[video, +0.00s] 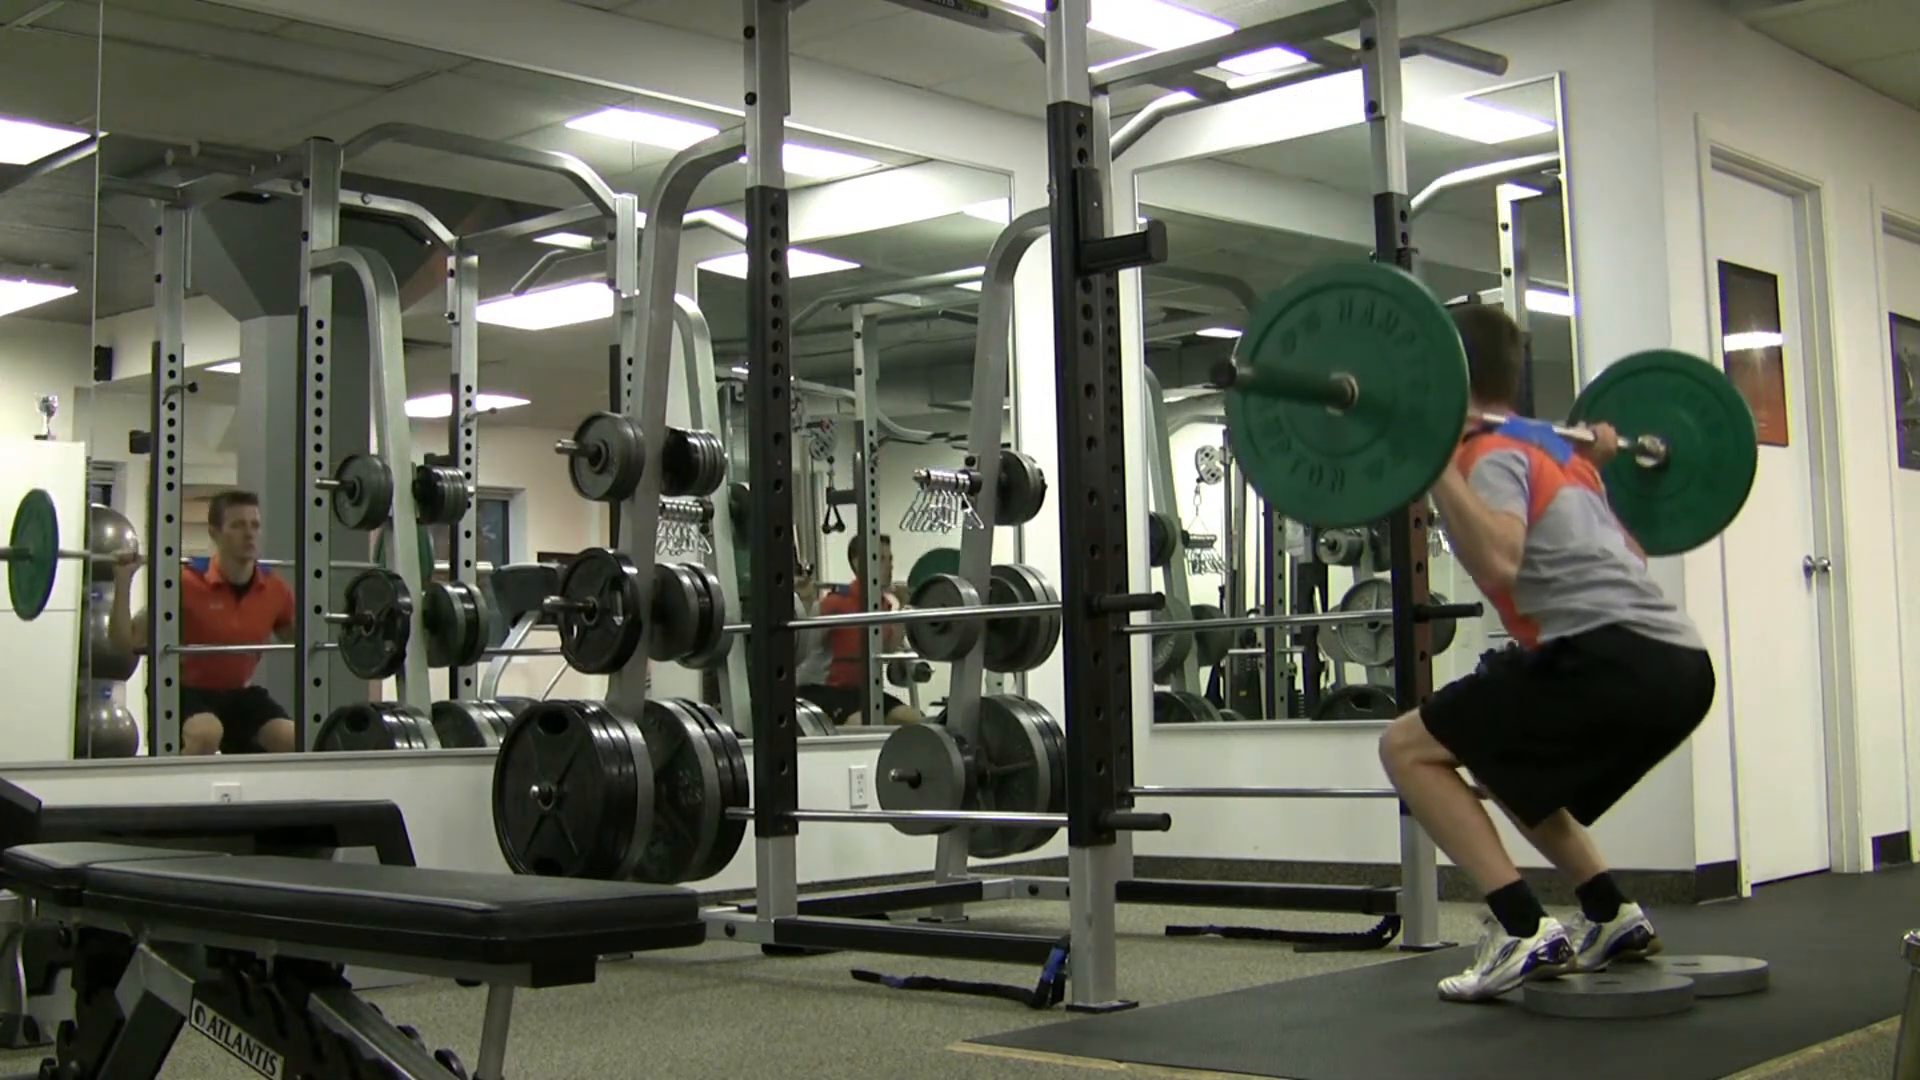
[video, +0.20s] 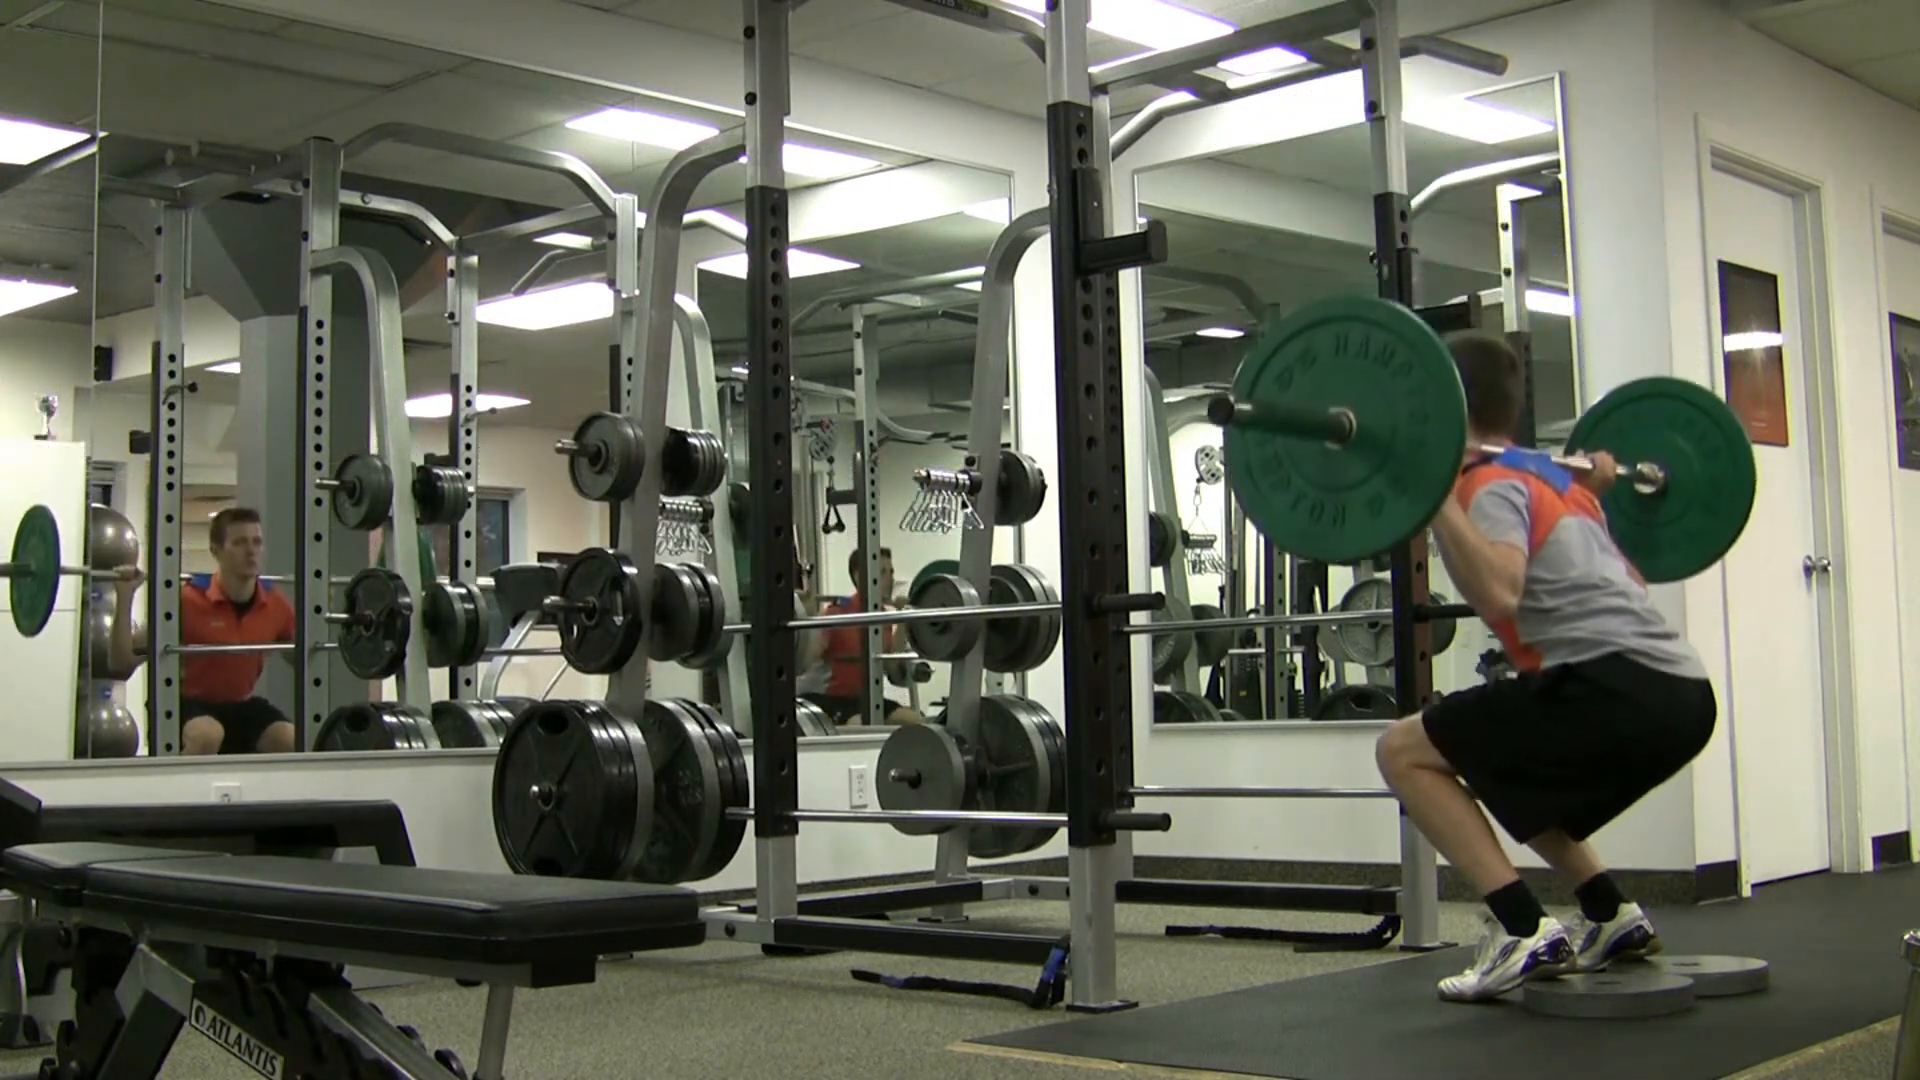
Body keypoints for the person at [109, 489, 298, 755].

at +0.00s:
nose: (249, 534)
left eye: (255, 525)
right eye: (238, 526)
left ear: (261, 529)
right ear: (214, 532)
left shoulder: (275, 589)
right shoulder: (185, 583)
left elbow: (306, 645)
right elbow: (126, 643)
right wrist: (123, 580)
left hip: (239, 695)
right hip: (186, 693)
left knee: (289, 739)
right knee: (206, 733)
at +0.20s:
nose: (251, 551)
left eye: (256, 542)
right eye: (240, 543)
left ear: (264, 548)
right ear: (216, 550)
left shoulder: (275, 605)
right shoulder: (186, 601)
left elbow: (312, 660)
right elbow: (124, 661)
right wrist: (125, 594)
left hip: (241, 707)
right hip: (189, 705)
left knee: (288, 740)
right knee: (207, 735)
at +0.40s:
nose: (252, 564)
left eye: (257, 555)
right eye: (241, 556)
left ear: (264, 560)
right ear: (216, 562)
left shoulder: (275, 616)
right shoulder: (187, 613)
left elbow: (304, 677)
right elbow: (123, 674)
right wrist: (126, 609)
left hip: (243, 716)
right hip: (190, 713)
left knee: (291, 741)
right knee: (207, 736)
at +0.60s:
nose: (253, 569)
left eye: (258, 560)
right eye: (241, 561)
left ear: (265, 564)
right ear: (217, 567)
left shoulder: (276, 621)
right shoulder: (187, 616)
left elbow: (303, 679)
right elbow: (123, 677)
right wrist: (126, 613)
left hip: (244, 719)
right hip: (190, 715)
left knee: (292, 742)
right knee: (206, 736)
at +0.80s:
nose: (254, 557)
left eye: (259, 548)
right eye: (242, 548)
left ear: (265, 553)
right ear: (218, 555)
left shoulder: (277, 610)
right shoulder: (187, 605)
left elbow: (306, 670)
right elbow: (121, 668)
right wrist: (126, 597)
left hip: (242, 709)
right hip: (189, 706)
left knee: (288, 739)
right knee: (205, 734)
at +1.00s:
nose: (252, 528)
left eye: (258, 519)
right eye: (241, 519)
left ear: (264, 523)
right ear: (218, 526)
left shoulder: (277, 584)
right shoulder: (187, 577)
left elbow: (307, 644)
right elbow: (124, 642)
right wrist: (126, 572)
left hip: (242, 690)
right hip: (188, 688)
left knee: (287, 738)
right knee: (205, 731)